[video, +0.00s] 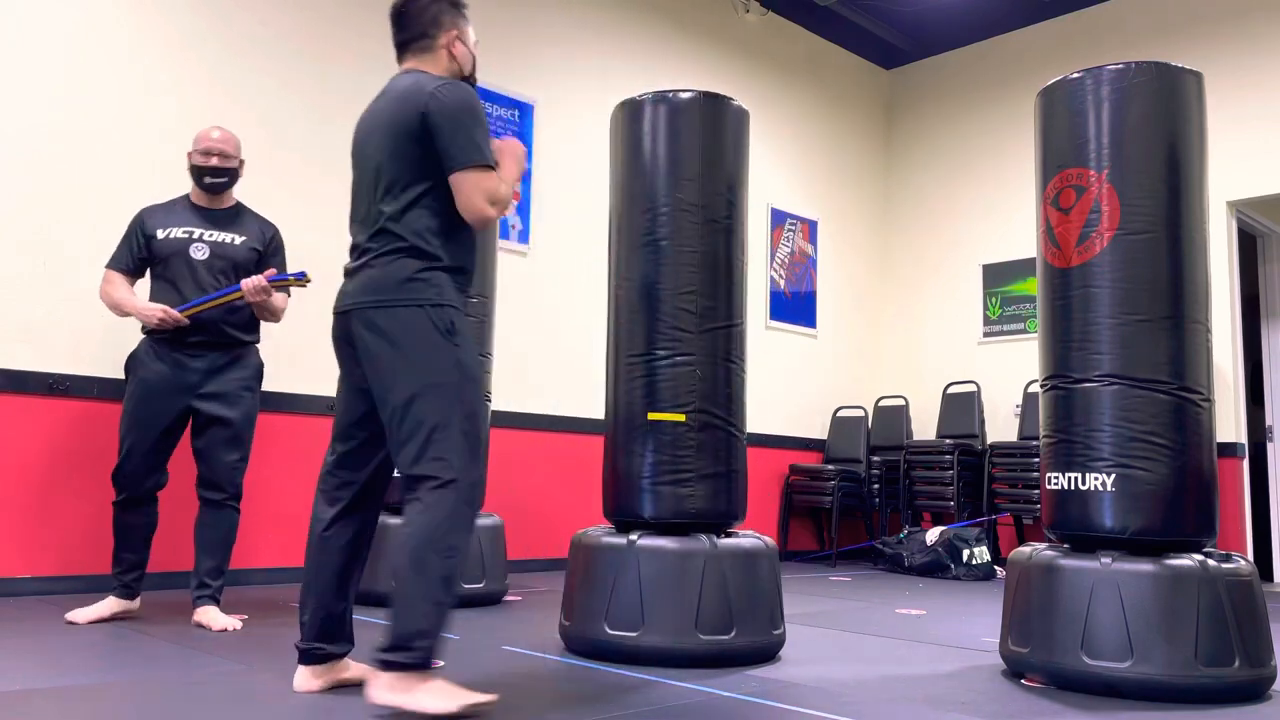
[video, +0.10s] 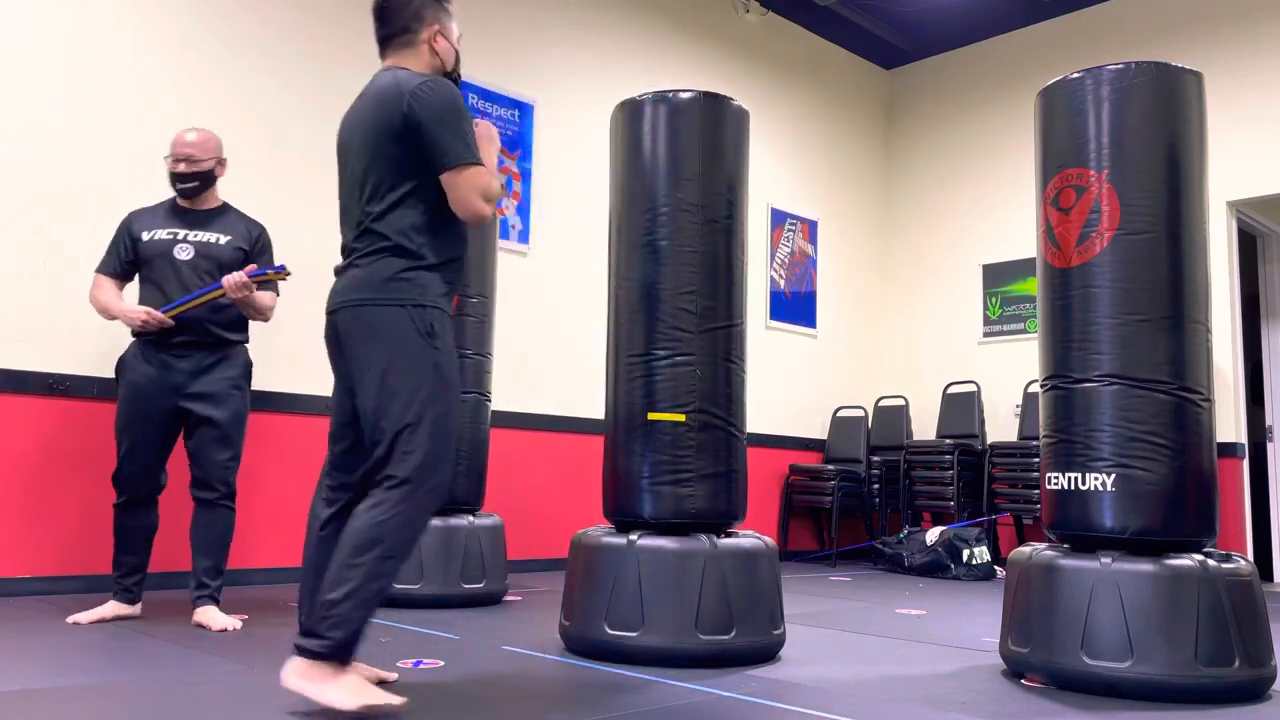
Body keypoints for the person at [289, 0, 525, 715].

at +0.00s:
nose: (475, 51)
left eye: (471, 38)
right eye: (471, 38)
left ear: (404, 44)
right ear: (451, 38)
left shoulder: (381, 107)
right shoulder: (449, 96)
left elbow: (421, 204)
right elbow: (482, 206)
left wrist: (490, 185)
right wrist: (511, 167)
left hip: (363, 302)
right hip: (415, 304)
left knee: (352, 479)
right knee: (448, 477)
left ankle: (321, 654)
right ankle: (406, 667)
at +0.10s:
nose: (458, 46)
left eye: (455, 34)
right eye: (455, 33)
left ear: (390, 39)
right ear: (435, 33)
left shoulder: (366, 103)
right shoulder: (431, 92)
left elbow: (403, 204)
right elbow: (477, 205)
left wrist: (479, 180)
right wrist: (488, 169)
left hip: (357, 303)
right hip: (403, 305)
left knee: (353, 475)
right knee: (414, 477)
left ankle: (321, 648)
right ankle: (321, 658)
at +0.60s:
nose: (457, 49)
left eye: (455, 36)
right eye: (453, 35)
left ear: (405, 34)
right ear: (430, 33)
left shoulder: (393, 94)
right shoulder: (398, 89)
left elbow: (416, 199)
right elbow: (431, 199)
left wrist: (467, 188)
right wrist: (473, 156)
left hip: (398, 315)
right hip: (375, 311)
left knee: (401, 482)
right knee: (335, 488)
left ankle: (415, 636)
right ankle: (280, 674)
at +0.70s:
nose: (465, 61)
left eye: (464, 51)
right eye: (462, 48)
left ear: (415, 44)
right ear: (440, 43)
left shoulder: (416, 113)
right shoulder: (401, 98)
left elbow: (435, 215)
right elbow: (432, 203)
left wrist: (483, 192)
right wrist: (481, 157)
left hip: (414, 323)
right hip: (385, 319)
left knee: (415, 485)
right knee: (340, 492)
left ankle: (437, 629)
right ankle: (280, 674)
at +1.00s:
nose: (508, 108)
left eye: (507, 100)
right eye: (505, 98)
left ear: (450, 95)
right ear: (487, 95)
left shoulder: (445, 151)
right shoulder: (455, 130)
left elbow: (493, 251)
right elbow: (490, 185)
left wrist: (567, 230)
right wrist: (535, 152)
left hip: (414, 321)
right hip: (443, 319)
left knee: (441, 474)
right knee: (467, 470)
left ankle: (429, 629)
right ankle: (347, 620)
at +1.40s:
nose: (496, 106)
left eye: (493, 96)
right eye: (494, 95)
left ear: (434, 93)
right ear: (478, 90)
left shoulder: (398, 154)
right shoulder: (473, 138)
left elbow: (408, 247)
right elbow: (518, 239)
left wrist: (493, 171)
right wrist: (538, 179)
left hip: (392, 311)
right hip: (435, 314)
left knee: (431, 485)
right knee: (393, 491)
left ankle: (430, 628)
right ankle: (318, 662)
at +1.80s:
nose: (504, 88)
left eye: (501, 78)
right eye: (500, 76)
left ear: (451, 78)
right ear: (479, 75)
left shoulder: (453, 137)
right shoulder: (450, 131)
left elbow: (472, 227)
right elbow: (481, 229)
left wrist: (511, 206)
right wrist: (529, 190)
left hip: (457, 335)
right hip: (429, 328)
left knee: (496, 468)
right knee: (381, 486)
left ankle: (463, 617)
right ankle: (316, 660)